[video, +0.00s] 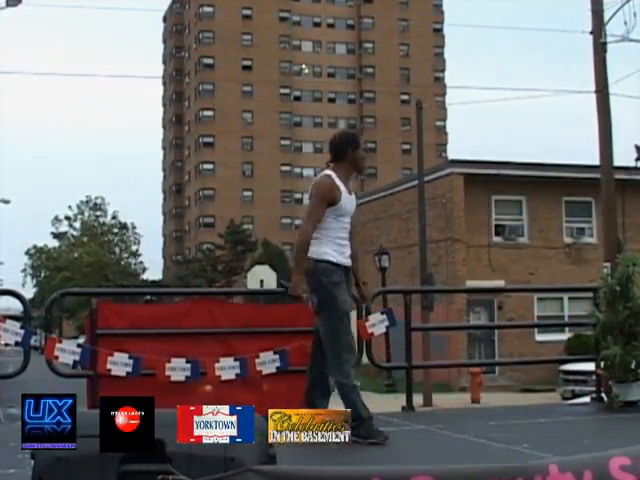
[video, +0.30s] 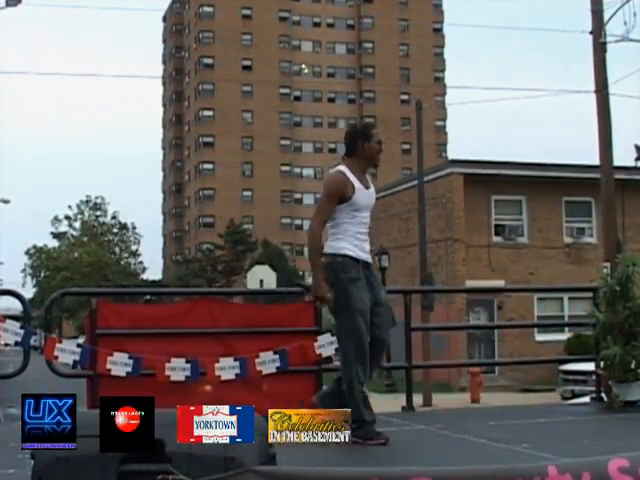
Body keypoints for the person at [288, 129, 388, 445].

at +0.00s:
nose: (364, 157)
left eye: (363, 152)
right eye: (361, 152)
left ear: (345, 154)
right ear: (350, 154)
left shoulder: (346, 187)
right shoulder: (326, 183)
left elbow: (345, 241)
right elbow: (306, 231)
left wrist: (356, 282)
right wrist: (297, 275)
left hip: (340, 270)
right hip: (324, 269)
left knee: (326, 348)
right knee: (341, 350)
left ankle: (314, 417)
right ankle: (361, 423)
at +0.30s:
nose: (381, 148)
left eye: (380, 143)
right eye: (376, 143)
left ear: (365, 148)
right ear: (360, 147)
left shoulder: (367, 182)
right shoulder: (338, 180)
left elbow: (360, 230)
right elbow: (315, 227)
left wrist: (369, 263)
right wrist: (317, 278)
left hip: (365, 266)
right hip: (343, 264)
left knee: (381, 335)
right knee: (355, 343)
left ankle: (333, 398)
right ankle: (362, 425)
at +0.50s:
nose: (390, 143)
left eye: (390, 138)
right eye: (384, 138)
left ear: (376, 144)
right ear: (366, 142)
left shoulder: (379, 178)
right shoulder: (347, 177)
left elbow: (372, 228)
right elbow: (328, 226)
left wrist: (383, 267)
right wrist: (341, 272)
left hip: (380, 266)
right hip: (356, 266)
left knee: (398, 338)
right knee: (359, 346)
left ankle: (389, 417)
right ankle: (361, 424)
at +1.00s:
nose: (436, 137)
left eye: (438, 132)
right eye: (429, 131)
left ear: (436, 139)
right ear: (411, 137)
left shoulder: (430, 180)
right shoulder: (393, 170)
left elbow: (428, 227)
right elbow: (372, 217)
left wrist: (436, 261)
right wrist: (378, 266)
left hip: (432, 265)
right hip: (403, 265)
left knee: (439, 348)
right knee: (403, 347)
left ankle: (442, 426)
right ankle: (367, 417)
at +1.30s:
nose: (459, 130)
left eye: (460, 125)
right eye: (451, 126)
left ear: (458, 132)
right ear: (433, 133)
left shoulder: (461, 177)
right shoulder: (415, 166)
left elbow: (470, 228)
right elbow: (392, 212)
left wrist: (485, 275)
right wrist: (396, 260)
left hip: (452, 264)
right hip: (422, 261)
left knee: (452, 345)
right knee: (429, 343)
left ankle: (446, 426)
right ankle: (421, 429)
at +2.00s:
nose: (482, 113)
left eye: (484, 107)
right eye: (474, 108)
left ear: (488, 113)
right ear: (455, 117)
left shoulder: (494, 158)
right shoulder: (439, 158)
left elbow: (498, 212)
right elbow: (421, 215)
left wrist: (502, 256)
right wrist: (424, 277)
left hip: (492, 260)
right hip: (456, 260)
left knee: (513, 342)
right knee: (460, 349)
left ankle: (494, 425)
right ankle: (467, 435)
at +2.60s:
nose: (533, 101)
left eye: (538, 96)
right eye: (524, 96)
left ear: (544, 104)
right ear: (508, 105)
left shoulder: (550, 155)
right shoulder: (490, 144)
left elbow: (554, 209)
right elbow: (465, 196)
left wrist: (559, 255)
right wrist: (473, 244)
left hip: (543, 258)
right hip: (501, 256)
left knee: (546, 352)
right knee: (500, 342)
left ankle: (546, 443)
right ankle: (477, 423)